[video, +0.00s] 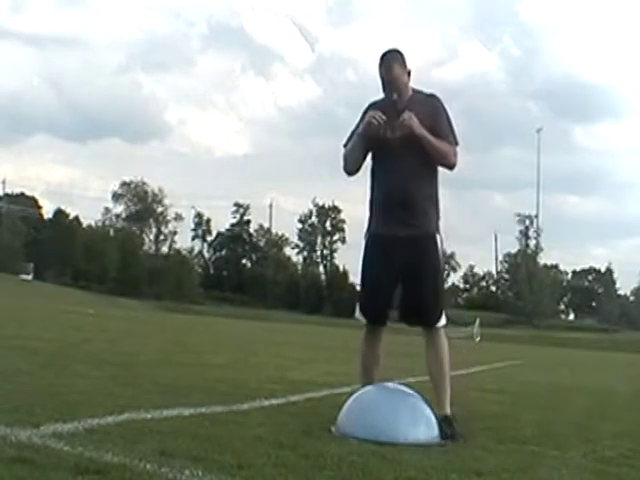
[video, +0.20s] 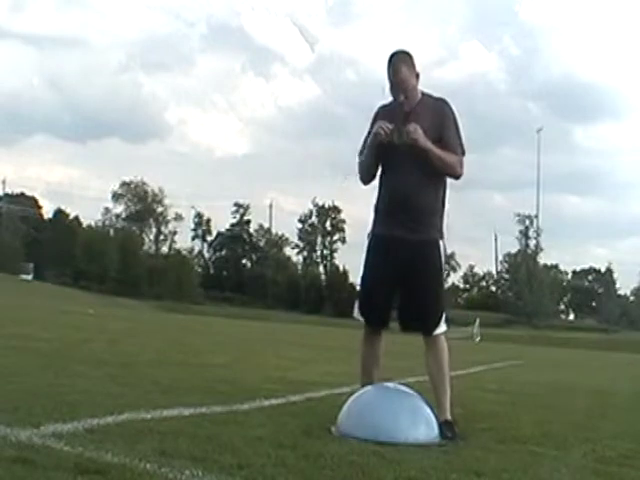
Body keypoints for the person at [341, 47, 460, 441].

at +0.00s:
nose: (391, 88)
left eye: (396, 81)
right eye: (386, 83)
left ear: (408, 75)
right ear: (379, 80)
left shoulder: (431, 105)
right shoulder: (373, 113)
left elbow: (451, 159)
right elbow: (350, 166)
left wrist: (419, 131)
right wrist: (366, 133)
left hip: (422, 233)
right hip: (381, 233)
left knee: (433, 326)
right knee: (374, 326)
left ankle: (444, 414)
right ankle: (366, 407)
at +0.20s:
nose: (401, 90)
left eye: (405, 82)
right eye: (395, 84)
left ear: (418, 77)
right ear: (388, 83)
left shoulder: (440, 109)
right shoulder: (382, 115)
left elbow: (457, 167)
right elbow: (365, 175)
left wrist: (425, 144)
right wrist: (375, 142)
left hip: (425, 237)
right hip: (384, 235)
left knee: (432, 329)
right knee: (373, 326)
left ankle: (444, 418)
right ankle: (366, 409)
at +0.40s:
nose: (404, 85)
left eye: (409, 78)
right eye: (399, 79)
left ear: (423, 74)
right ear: (394, 79)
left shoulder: (445, 107)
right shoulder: (387, 114)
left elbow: (460, 161)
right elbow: (369, 168)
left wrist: (425, 128)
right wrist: (386, 130)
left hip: (430, 237)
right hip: (388, 234)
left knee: (436, 332)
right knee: (364, 321)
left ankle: (445, 419)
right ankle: (354, 403)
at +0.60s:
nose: (399, 88)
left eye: (404, 81)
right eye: (393, 83)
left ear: (418, 77)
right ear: (388, 82)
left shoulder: (436, 111)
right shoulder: (379, 113)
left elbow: (450, 164)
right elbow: (359, 167)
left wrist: (417, 126)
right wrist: (375, 125)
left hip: (424, 237)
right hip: (382, 235)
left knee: (433, 332)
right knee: (366, 326)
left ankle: (444, 418)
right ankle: (345, 404)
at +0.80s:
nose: (392, 85)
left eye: (397, 78)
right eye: (387, 79)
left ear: (409, 76)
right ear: (379, 80)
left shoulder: (430, 109)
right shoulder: (369, 115)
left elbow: (447, 164)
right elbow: (352, 168)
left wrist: (412, 132)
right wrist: (366, 130)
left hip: (420, 235)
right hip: (378, 235)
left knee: (437, 326)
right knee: (363, 326)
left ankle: (444, 416)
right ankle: (346, 405)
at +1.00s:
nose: (403, 97)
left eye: (408, 89)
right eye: (397, 91)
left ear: (422, 81)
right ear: (390, 86)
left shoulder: (440, 114)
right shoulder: (382, 110)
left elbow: (457, 174)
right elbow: (356, 165)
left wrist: (427, 144)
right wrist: (367, 136)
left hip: (426, 238)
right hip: (383, 237)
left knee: (441, 328)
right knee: (365, 329)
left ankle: (447, 418)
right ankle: (345, 405)